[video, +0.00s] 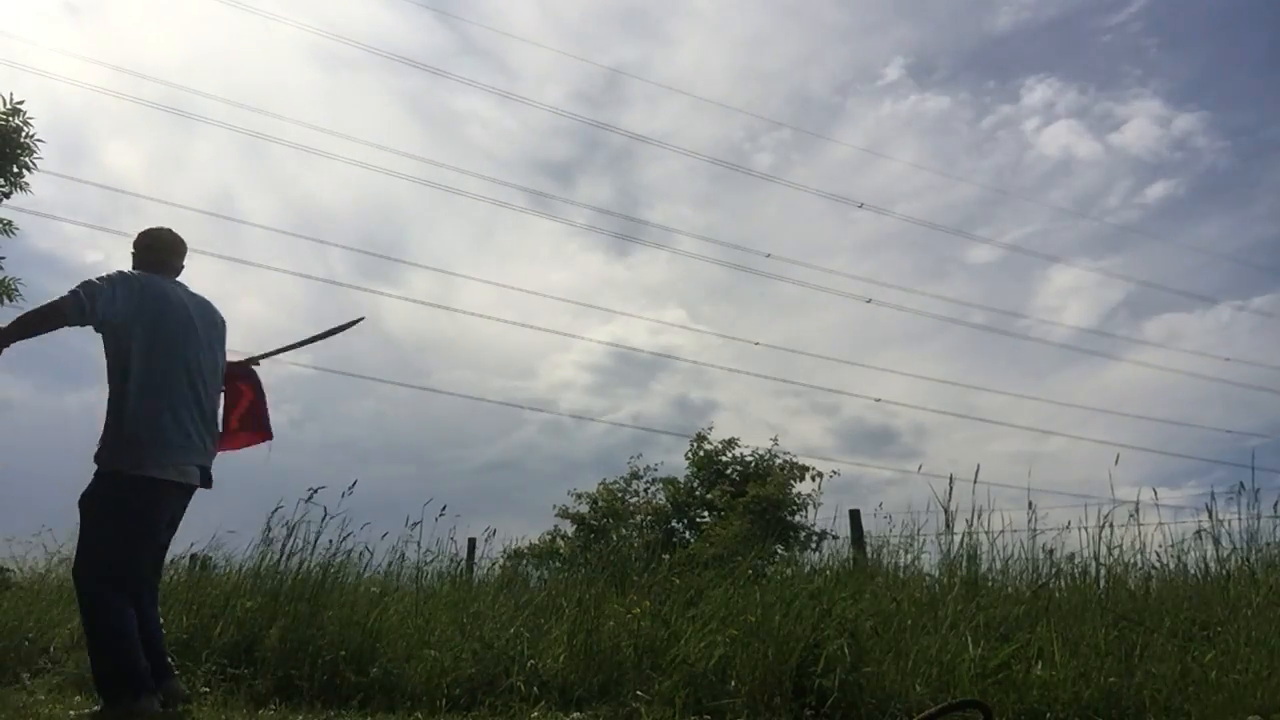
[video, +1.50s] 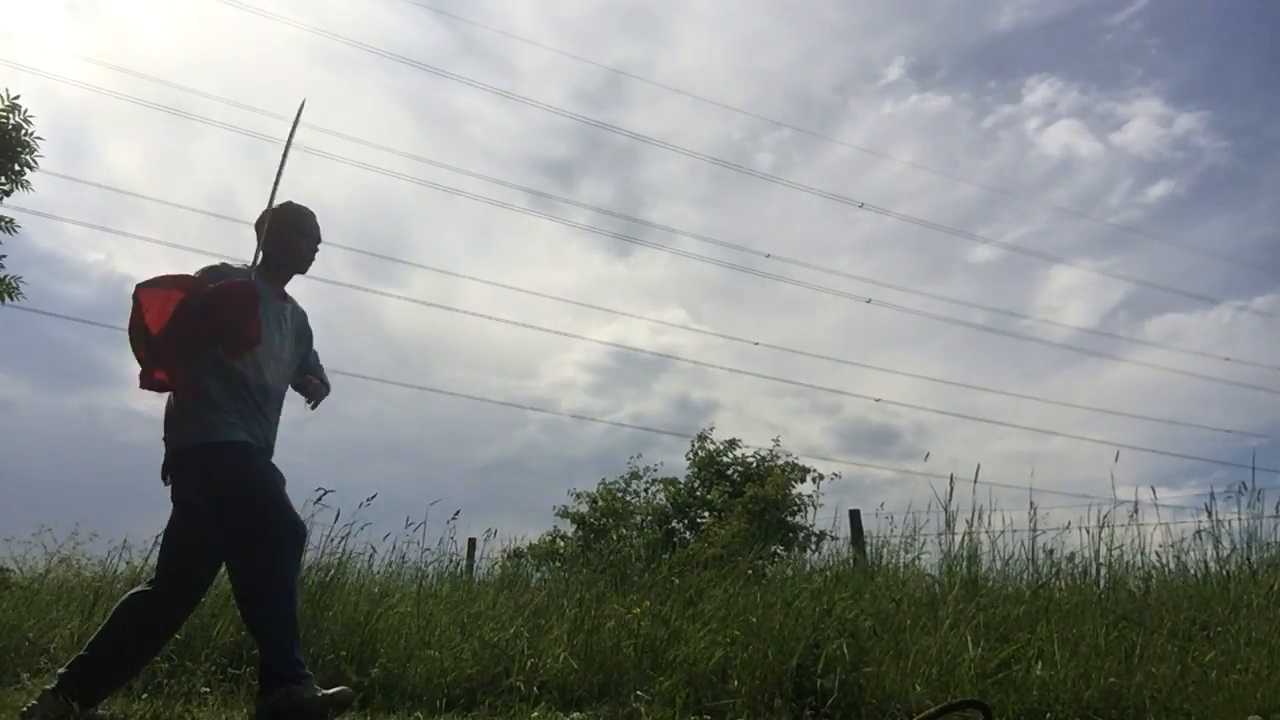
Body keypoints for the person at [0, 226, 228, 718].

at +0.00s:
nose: (132, 262)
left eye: (135, 256)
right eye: (139, 256)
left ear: (139, 256)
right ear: (180, 264)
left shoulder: (127, 286)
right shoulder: (210, 314)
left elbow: (64, 310)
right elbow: (210, 376)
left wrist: (7, 335)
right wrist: (236, 367)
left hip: (132, 460)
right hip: (186, 469)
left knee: (96, 574)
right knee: (140, 575)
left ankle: (127, 697)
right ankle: (162, 685)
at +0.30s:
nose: (207, 262)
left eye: (195, 252)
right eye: (227, 259)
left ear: (184, 256)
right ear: (231, 263)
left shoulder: (146, 295)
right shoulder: (253, 303)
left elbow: (135, 363)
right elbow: (243, 358)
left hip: (152, 471)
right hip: (238, 467)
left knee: (118, 577)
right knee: (285, 555)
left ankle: (131, 698)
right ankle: (306, 652)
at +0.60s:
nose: (320, 264)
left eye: (316, 256)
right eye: (316, 256)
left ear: (266, 254)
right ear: (305, 252)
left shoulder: (226, 306)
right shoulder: (298, 275)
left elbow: (240, 396)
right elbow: (358, 277)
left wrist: (302, 381)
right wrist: (381, 356)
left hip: (208, 468)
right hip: (280, 458)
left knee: (180, 575)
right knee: (321, 562)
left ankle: (135, 689)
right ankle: (307, 695)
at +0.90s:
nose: (359, 263)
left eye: (357, 258)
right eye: (353, 253)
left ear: (304, 253)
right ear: (331, 252)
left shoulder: (261, 315)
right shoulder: (316, 274)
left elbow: (273, 409)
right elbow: (399, 242)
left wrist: (343, 389)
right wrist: (490, 243)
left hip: (223, 471)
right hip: (284, 460)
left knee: (166, 585)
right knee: (360, 560)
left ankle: (70, 695)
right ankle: (314, 699)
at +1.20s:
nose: (323, 257)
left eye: (324, 247)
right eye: (316, 245)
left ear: (279, 249)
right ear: (285, 243)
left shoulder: (233, 302)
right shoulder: (262, 292)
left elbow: (223, 389)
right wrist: (350, 375)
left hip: (218, 470)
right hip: (261, 463)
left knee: (175, 593)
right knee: (328, 556)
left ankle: (70, 694)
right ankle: (311, 696)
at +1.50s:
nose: (307, 250)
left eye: (314, 243)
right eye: (297, 236)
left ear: (312, 254)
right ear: (266, 233)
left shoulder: (295, 320)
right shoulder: (221, 281)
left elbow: (310, 376)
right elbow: (168, 349)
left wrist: (316, 384)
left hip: (246, 451)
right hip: (207, 443)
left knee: (174, 591)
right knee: (277, 537)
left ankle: (69, 696)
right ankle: (285, 686)